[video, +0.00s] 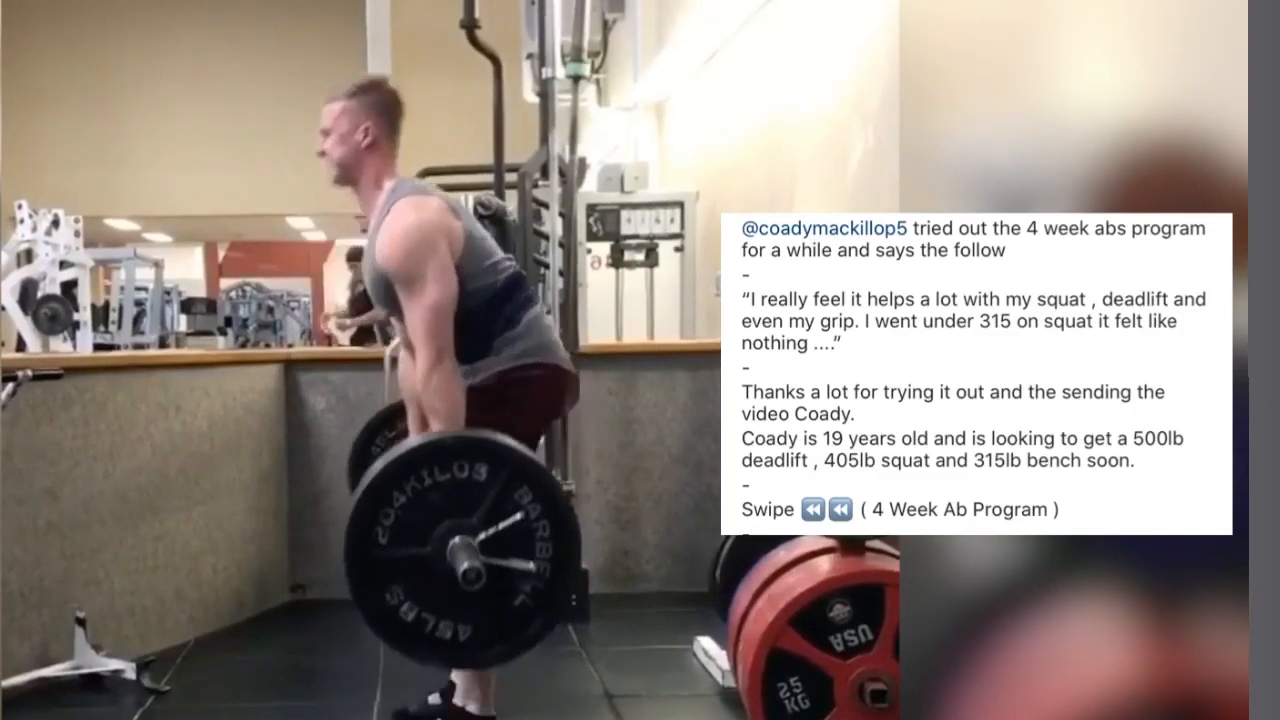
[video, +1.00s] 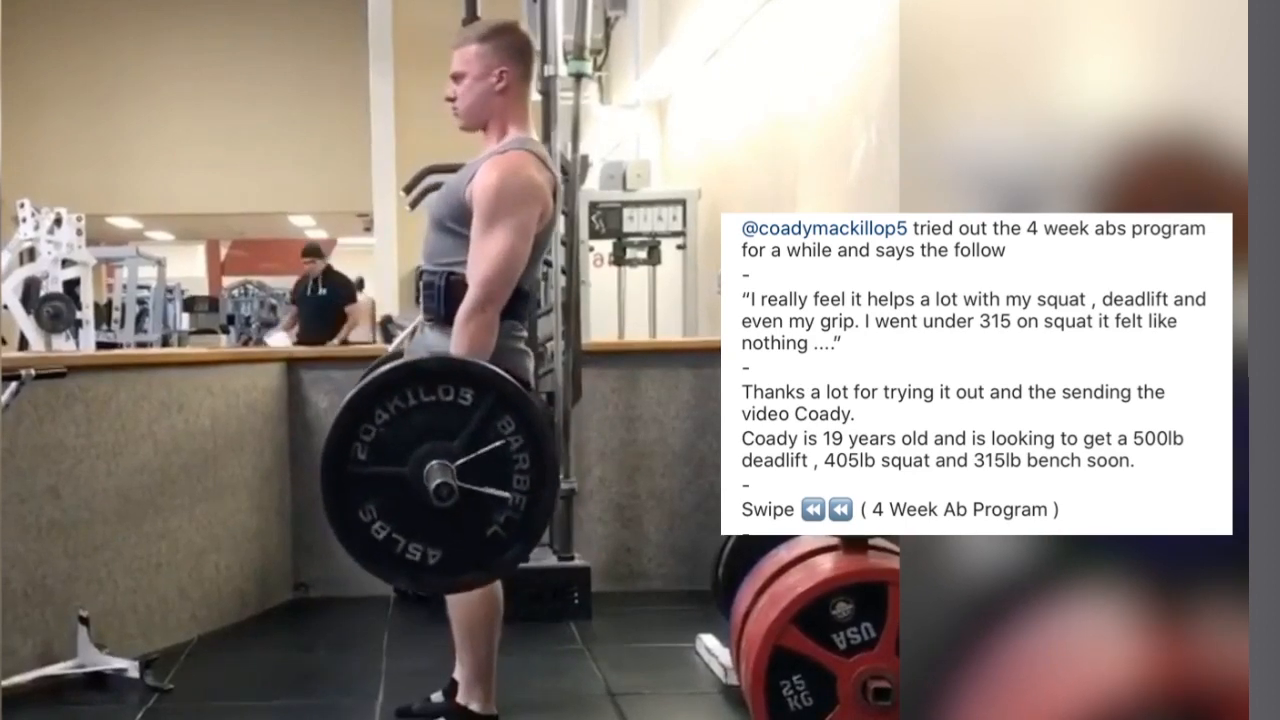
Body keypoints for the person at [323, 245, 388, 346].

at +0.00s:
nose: (352, 271)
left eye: (354, 267)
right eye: (350, 267)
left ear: (364, 264)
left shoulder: (373, 283)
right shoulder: (355, 284)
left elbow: (381, 313)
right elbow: (353, 312)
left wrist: (350, 323)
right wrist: (334, 316)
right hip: (358, 340)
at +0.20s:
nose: (345, 272)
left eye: (347, 267)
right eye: (342, 268)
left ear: (359, 263)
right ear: (340, 267)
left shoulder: (373, 282)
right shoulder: (344, 285)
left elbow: (371, 316)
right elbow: (333, 307)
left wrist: (340, 323)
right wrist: (326, 316)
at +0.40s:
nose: (337, 272)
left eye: (340, 268)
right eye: (334, 268)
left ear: (350, 264)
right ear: (331, 265)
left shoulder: (365, 284)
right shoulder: (334, 282)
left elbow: (362, 320)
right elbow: (325, 303)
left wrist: (330, 326)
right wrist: (313, 315)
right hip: (336, 339)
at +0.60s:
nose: (328, 269)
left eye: (331, 266)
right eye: (326, 265)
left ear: (342, 262)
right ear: (324, 262)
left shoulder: (357, 283)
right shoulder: (323, 279)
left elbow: (356, 320)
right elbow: (314, 303)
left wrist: (326, 328)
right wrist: (302, 317)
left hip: (346, 344)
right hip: (321, 342)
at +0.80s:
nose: (317, 269)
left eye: (321, 265)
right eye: (316, 265)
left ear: (332, 262)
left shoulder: (351, 282)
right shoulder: (314, 280)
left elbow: (357, 318)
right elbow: (304, 306)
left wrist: (330, 335)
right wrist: (285, 323)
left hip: (340, 347)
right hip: (312, 345)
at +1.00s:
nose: (309, 267)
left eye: (312, 262)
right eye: (305, 263)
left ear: (323, 261)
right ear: (303, 263)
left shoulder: (341, 282)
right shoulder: (302, 283)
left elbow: (354, 317)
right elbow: (297, 311)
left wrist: (338, 340)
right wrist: (284, 328)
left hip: (331, 346)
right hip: (304, 346)